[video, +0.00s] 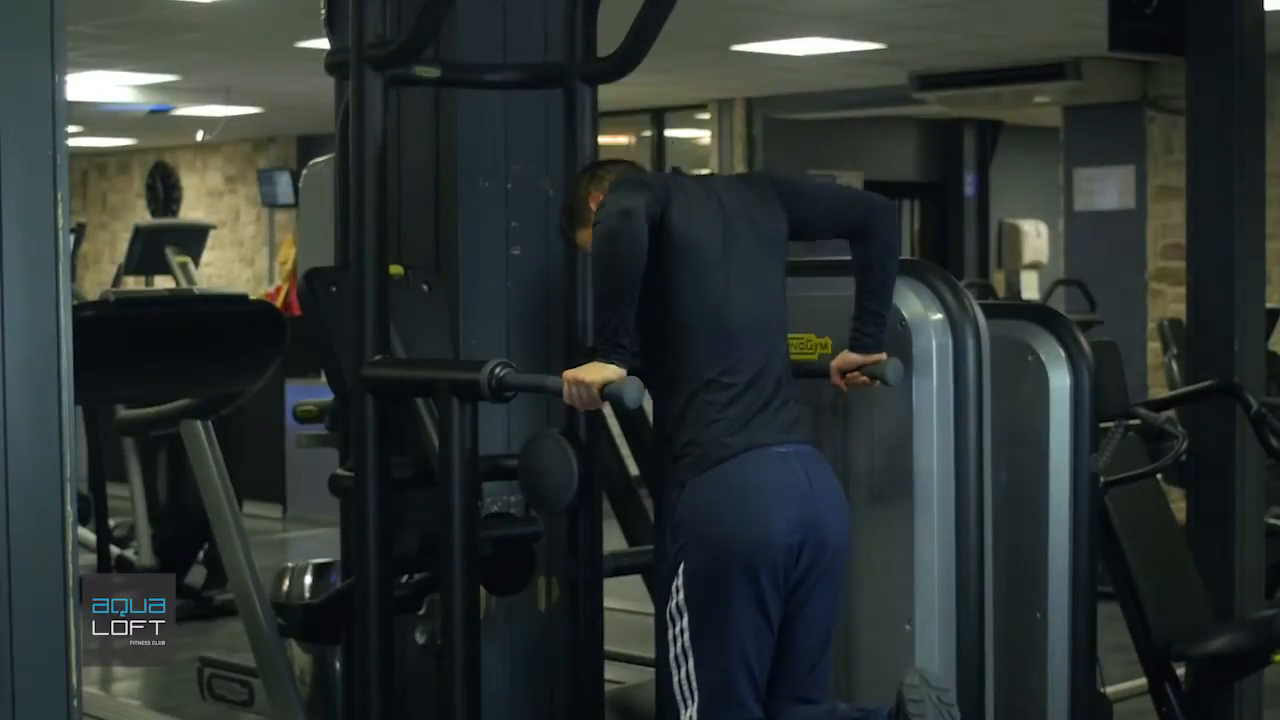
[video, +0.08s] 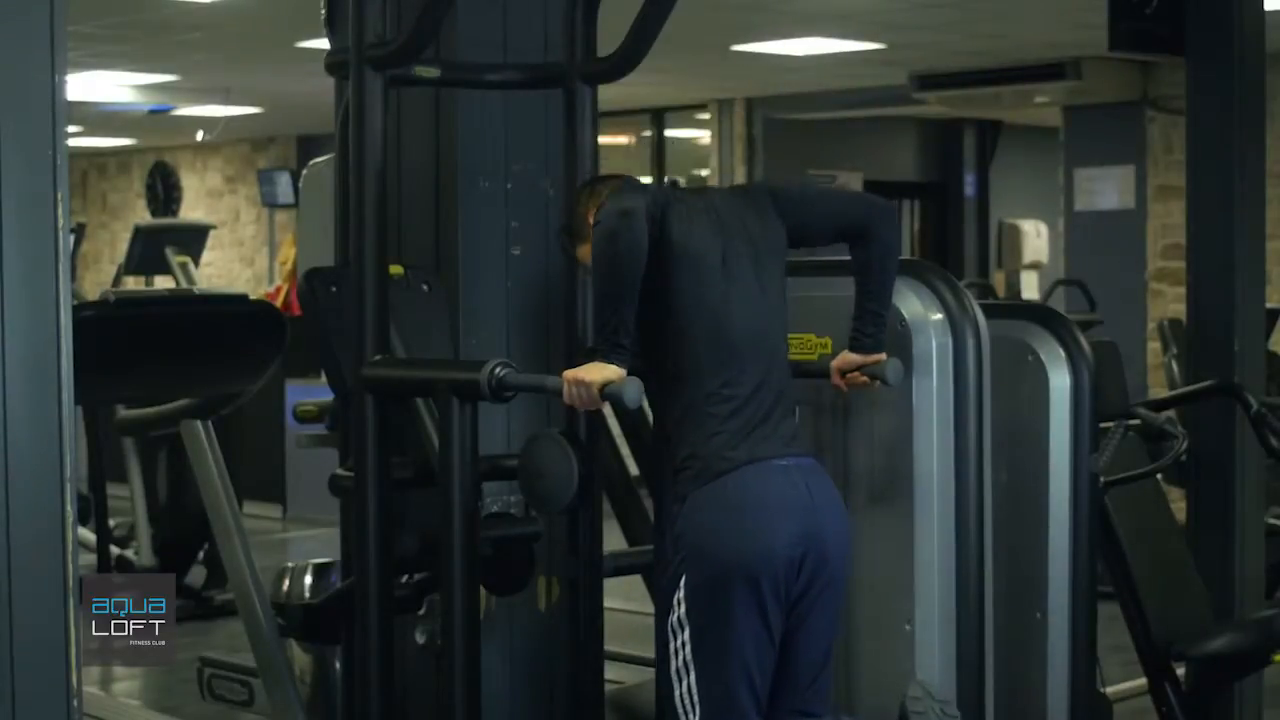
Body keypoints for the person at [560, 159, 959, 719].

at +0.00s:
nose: (591, 244)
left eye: (588, 233)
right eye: (585, 241)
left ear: (601, 200)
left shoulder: (634, 189)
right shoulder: (755, 191)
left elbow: (621, 226)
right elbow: (876, 214)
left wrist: (610, 353)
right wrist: (868, 343)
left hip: (723, 488)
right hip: (808, 472)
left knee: (715, 704)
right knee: (799, 701)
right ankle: (899, 710)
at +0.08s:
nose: (597, 275)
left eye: (591, 261)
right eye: (589, 266)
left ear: (599, 219)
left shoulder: (633, 204)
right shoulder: (754, 204)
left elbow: (625, 213)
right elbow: (876, 215)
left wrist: (610, 351)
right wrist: (867, 342)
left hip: (722, 502)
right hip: (805, 484)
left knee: (714, 705)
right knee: (803, 705)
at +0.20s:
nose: (594, 292)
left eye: (589, 274)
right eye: (589, 280)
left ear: (600, 249)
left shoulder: (640, 232)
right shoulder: (752, 228)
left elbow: (630, 214)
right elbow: (870, 215)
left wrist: (611, 352)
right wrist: (868, 341)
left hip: (723, 527)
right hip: (808, 508)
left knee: (719, 707)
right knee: (809, 708)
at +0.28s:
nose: (592, 306)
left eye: (586, 289)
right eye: (588, 294)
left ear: (596, 263)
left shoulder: (635, 256)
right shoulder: (747, 236)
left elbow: (630, 214)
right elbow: (867, 215)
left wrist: (612, 351)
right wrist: (867, 341)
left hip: (724, 540)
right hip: (811, 521)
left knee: (721, 706)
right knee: (813, 708)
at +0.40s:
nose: (593, 323)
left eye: (587, 308)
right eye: (588, 315)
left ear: (595, 279)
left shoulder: (635, 271)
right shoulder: (745, 250)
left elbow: (629, 216)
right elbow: (863, 217)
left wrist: (610, 351)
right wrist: (867, 342)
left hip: (725, 552)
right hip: (810, 532)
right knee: (816, 709)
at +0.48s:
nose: (593, 324)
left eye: (587, 309)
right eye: (588, 317)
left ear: (594, 281)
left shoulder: (633, 273)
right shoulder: (745, 250)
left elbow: (628, 215)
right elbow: (863, 217)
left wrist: (610, 351)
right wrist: (867, 342)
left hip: (726, 552)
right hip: (813, 532)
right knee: (817, 709)